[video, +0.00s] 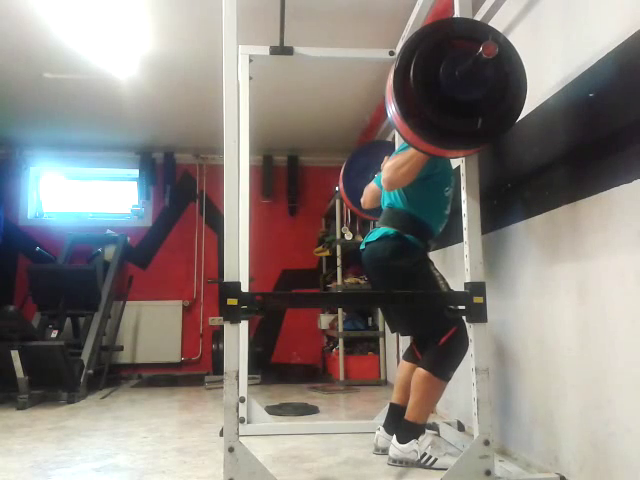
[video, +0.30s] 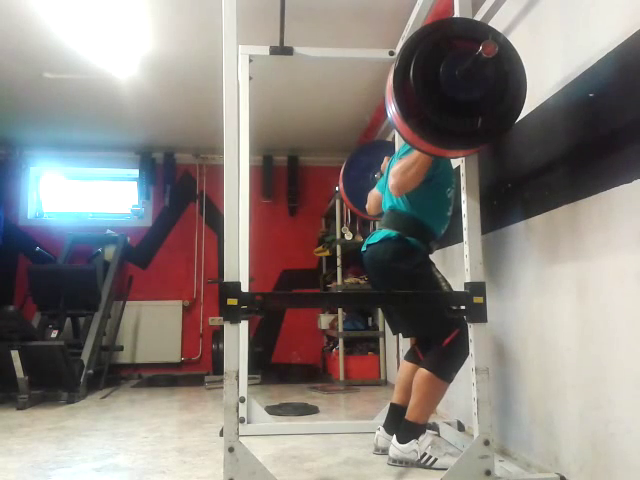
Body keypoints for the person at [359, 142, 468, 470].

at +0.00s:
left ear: (418, 115)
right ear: (438, 112)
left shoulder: (410, 149)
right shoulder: (423, 143)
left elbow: (367, 200)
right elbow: (390, 178)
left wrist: (387, 169)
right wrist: (428, 143)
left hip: (380, 250)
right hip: (397, 250)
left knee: (426, 338)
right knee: (451, 338)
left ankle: (394, 427)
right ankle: (409, 440)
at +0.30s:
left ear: (413, 120)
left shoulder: (404, 155)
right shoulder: (423, 146)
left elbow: (372, 206)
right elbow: (399, 185)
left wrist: (386, 172)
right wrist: (432, 142)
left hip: (380, 250)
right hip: (398, 252)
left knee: (427, 339)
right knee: (453, 338)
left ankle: (393, 428)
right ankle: (409, 440)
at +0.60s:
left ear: (414, 118)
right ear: (434, 114)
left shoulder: (407, 151)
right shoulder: (423, 145)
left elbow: (369, 202)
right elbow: (393, 182)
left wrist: (385, 170)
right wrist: (429, 145)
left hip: (382, 252)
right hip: (399, 253)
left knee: (428, 340)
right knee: (454, 342)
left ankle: (393, 427)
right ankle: (410, 439)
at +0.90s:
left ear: (415, 114)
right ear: (434, 111)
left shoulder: (409, 148)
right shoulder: (421, 141)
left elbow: (366, 198)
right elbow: (389, 177)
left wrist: (386, 169)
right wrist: (427, 144)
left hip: (384, 250)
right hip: (400, 250)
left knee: (427, 341)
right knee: (453, 342)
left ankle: (394, 427)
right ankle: (409, 439)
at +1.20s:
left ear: (415, 111)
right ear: (439, 109)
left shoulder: (413, 143)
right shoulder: (423, 139)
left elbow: (365, 194)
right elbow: (388, 173)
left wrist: (385, 168)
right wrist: (424, 144)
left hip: (387, 247)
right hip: (403, 248)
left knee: (426, 339)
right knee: (452, 340)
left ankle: (395, 427)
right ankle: (410, 439)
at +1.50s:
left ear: (417, 105)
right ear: (438, 104)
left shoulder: (415, 141)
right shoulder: (420, 133)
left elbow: (363, 187)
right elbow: (383, 163)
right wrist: (423, 131)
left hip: (381, 240)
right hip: (401, 239)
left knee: (416, 333)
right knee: (440, 331)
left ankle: (393, 427)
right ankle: (409, 439)